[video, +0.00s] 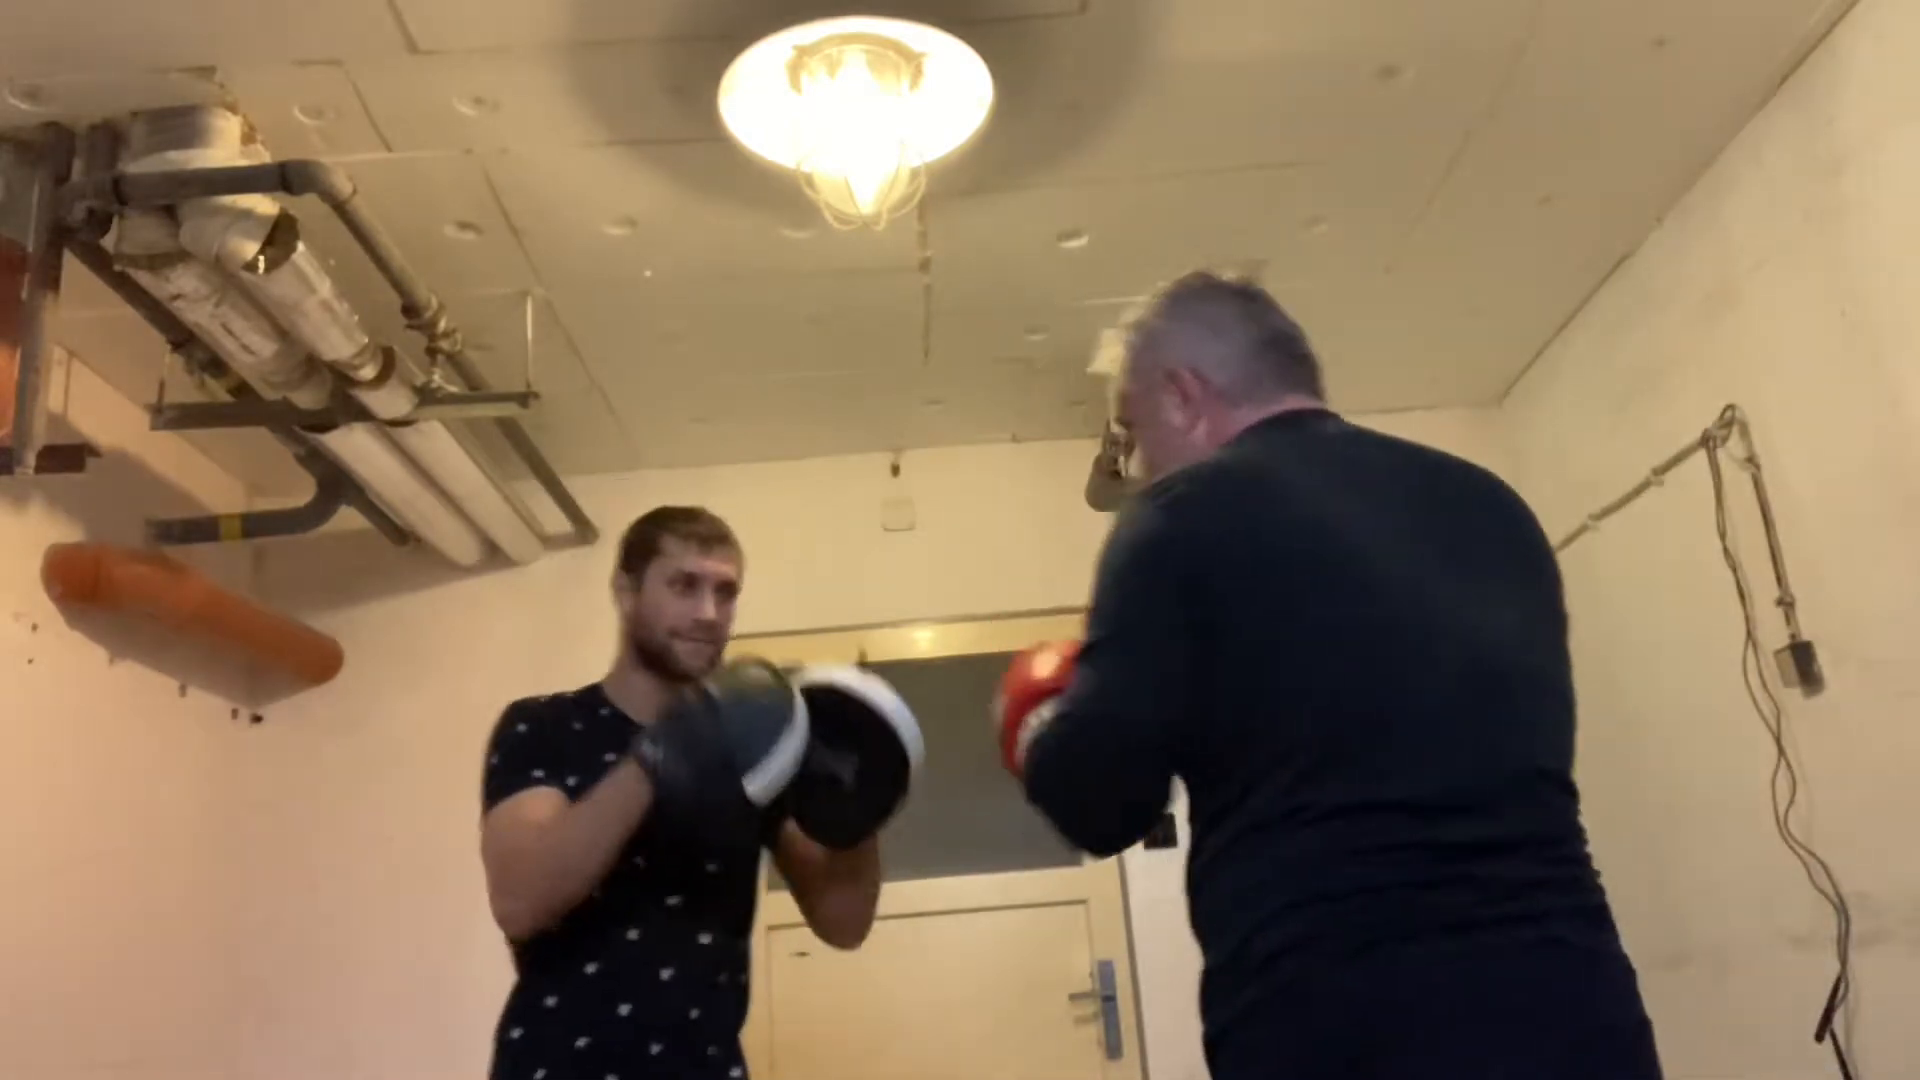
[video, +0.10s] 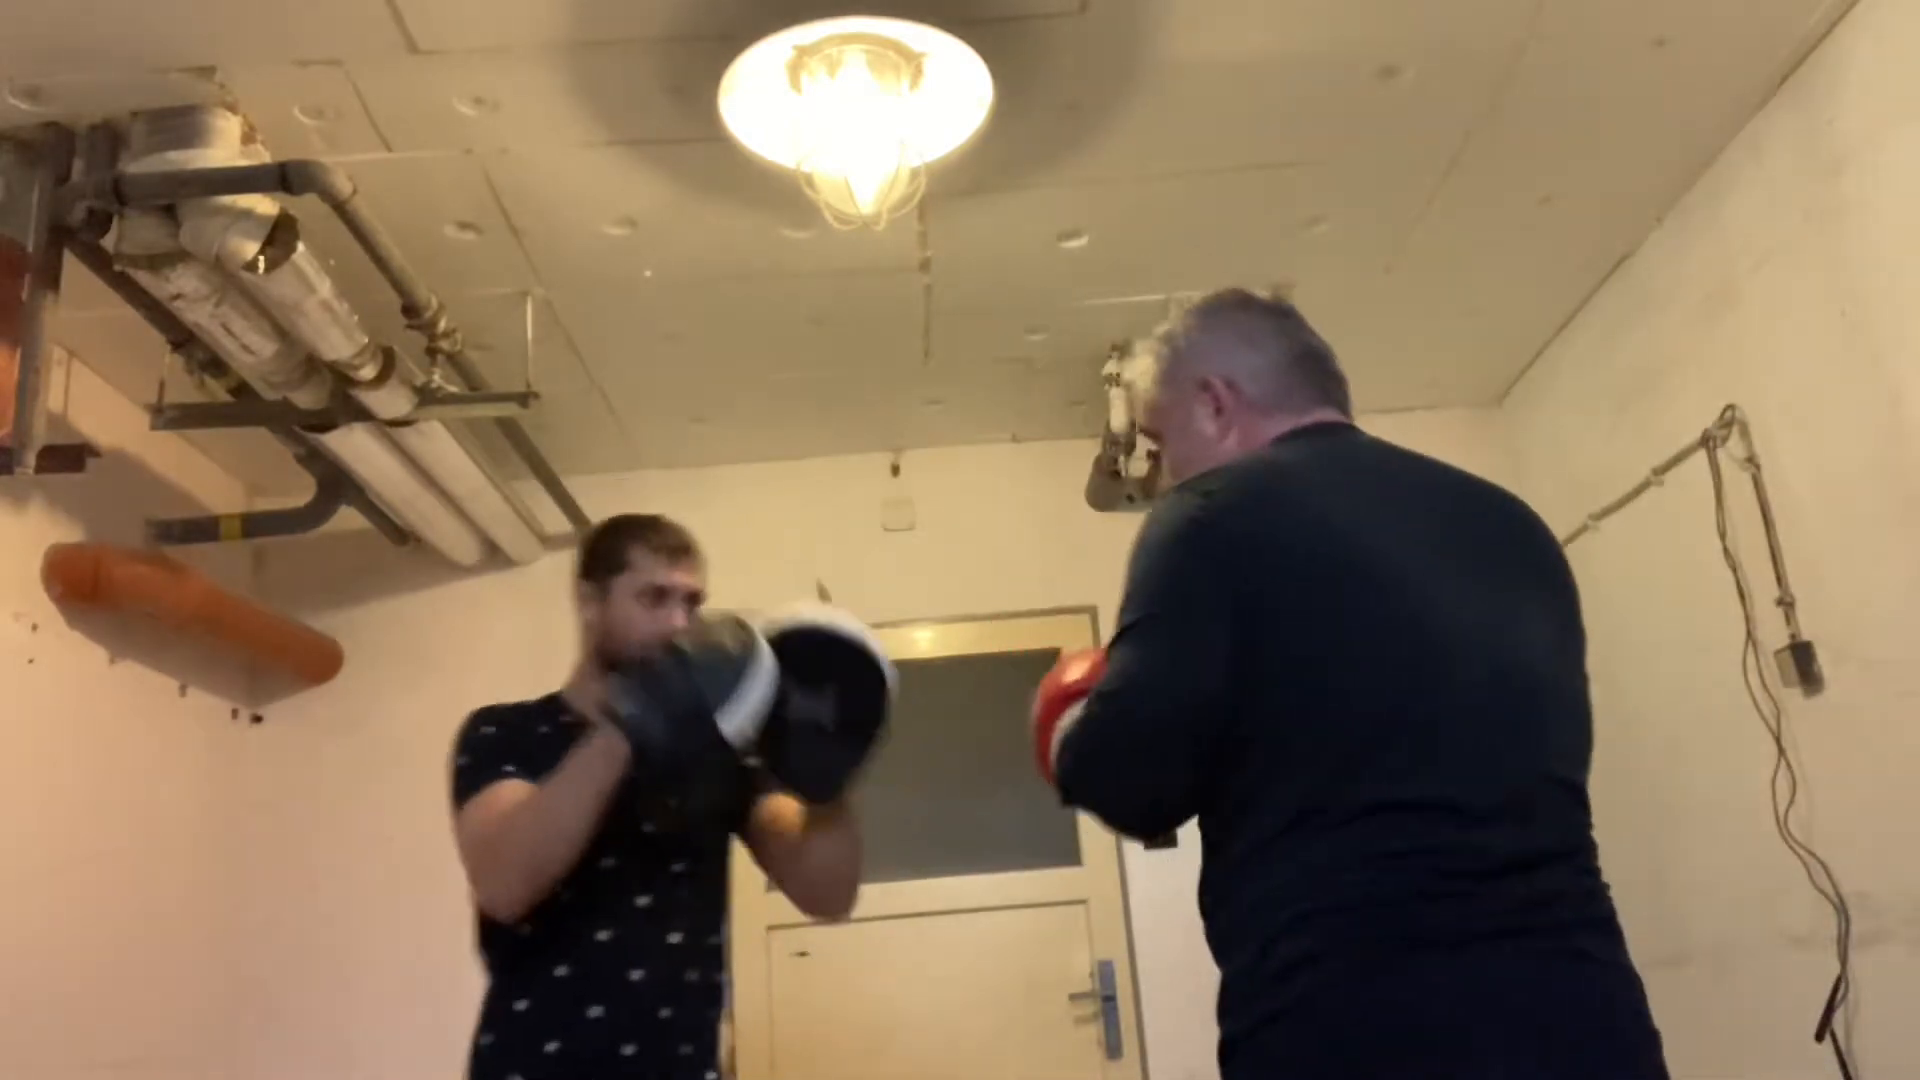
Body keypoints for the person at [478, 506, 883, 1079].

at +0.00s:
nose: (709, 613)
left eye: (724, 594)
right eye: (684, 587)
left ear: (737, 607)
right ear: (626, 592)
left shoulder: (740, 742)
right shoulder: (540, 730)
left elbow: (843, 924)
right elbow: (520, 902)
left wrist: (849, 793)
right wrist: (659, 758)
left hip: (704, 1059)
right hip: (563, 1059)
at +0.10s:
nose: (678, 624)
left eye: (691, 604)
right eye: (654, 599)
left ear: (704, 611)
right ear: (590, 602)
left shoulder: (704, 744)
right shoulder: (506, 735)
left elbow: (826, 895)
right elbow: (502, 885)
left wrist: (822, 760)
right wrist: (619, 733)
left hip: (679, 1060)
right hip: (539, 1060)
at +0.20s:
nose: (623, 635)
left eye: (637, 617)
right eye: (603, 614)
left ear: (655, 626)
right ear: (540, 615)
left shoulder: (665, 750)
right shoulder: (454, 745)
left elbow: (796, 857)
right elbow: (473, 859)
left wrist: (784, 722)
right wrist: (582, 691)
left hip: (637, 1061)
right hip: (497, 1063)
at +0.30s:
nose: (544, 635)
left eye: (559, 618)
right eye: (528, 616)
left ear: (583, 628)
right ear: (479, 625)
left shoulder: (605, 760)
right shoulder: (393, 754)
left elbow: (750, 827)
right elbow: (430, 835)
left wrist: (736, 690)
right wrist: (537, 657)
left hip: (584, 1061)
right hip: (444, 1063)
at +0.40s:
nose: (508, 635)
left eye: (521, 617)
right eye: (489, 616)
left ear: (541, 626)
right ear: (431, 631)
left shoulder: (559, 758)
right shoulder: (343, 755)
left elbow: (705, 815)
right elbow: (382, 831)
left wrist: (693, 672)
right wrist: (490, 656)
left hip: (537, 1065)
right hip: (395, 1067)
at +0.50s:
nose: (473, 630)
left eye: (485, 612)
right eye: (455, 608)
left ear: (505, 623)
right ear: (395, 622)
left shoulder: (529, 755)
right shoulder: (308, 755)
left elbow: (675, 819)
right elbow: (342, 835)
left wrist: (659, 682)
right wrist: (444, 657)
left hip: (511, 1062)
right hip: (365, 1064)